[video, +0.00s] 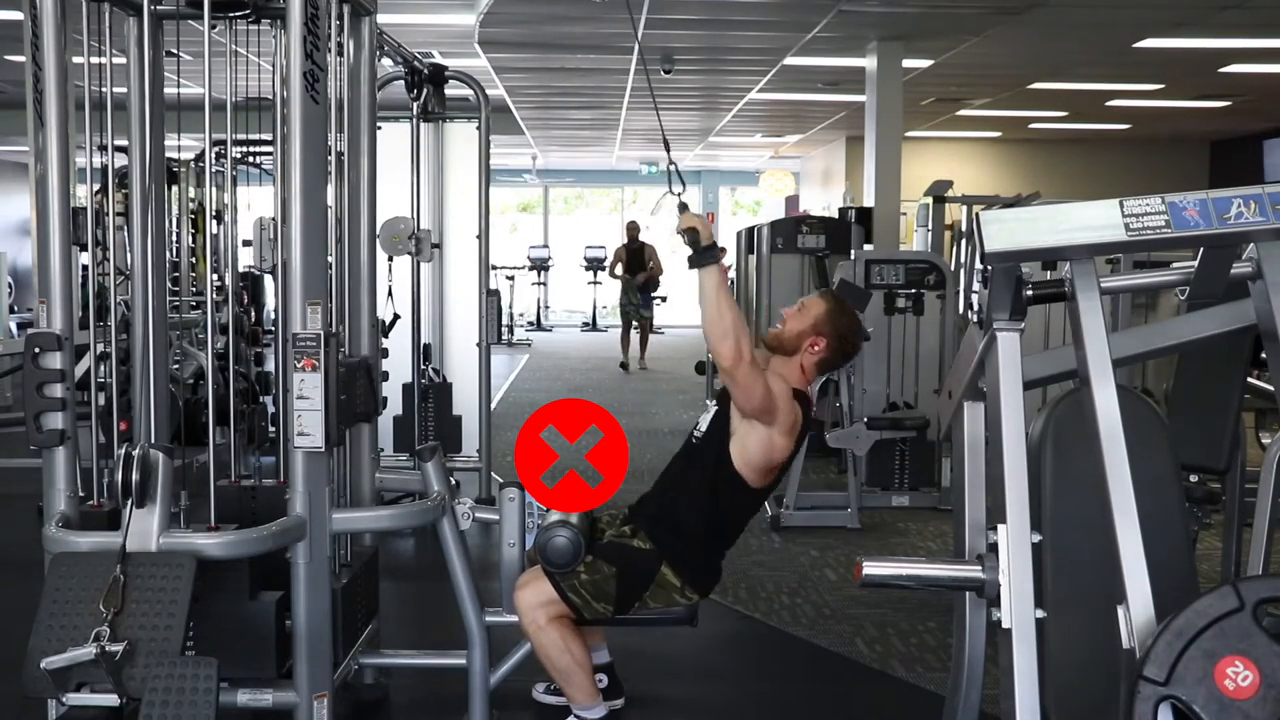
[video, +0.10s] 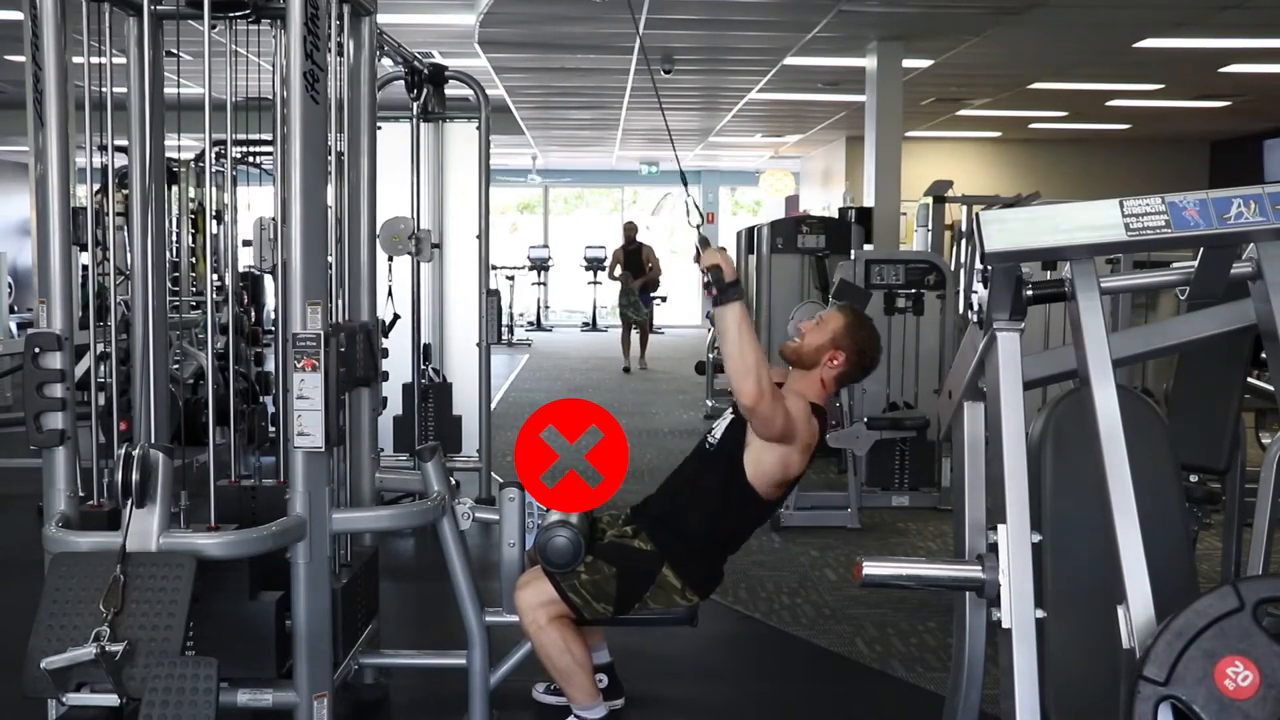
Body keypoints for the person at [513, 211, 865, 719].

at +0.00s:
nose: (785, 310)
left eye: (798, 309)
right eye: (795, 304)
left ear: (814, 344)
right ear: (813, 348)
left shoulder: (776, 407)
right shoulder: (773, 386)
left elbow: (731, 355)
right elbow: (739, 347)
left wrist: (704, 250)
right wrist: (711, 258)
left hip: (670, 561)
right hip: (651, 529)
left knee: (533, 597)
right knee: (553, 548)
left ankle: (589, 709)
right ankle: (595, 673)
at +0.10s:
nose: (801, 324)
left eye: (816, 324)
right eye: (813, 318)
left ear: (831, 359)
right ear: (830, 361)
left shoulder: (797, 421)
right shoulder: (785, 385)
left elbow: (753, 396)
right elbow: (743, 366)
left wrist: (726, 290)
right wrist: (725, 290)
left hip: (672, 563)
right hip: (653, 527)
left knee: (533, 596)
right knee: (551, 546)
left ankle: (590, 711)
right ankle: (596, 672)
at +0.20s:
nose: (815, 336)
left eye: (829, 336)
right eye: (824, 330)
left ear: (846, 372)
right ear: (843, 373)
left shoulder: (812, 432)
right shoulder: (794, 404)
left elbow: (769, 437)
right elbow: (749, 389)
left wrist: (743, 325)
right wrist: (729, 313)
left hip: (675, 563)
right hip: (654, 526)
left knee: (534, 596)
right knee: (553, 542)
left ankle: (590, 712)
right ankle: (594, 672)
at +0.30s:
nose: (826, 348)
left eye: (841, 349)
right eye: (836, 342)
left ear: (856, 384)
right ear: (854, 385)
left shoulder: (822, 446)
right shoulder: (808, 409)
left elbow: (783, 472)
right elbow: (753, 408)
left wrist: (761, 368)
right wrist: (753, 374)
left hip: (678, 561)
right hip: (659, 523)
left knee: (535, 595)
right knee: (551, 546)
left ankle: (590, 712)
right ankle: (596, 671)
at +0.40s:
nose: (832, 356)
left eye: (847, 357)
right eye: (843, 350)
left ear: (862, 393)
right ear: (859, 395)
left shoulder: (828, 451)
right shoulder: (812, 420)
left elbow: (793, 505)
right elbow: (766, 443)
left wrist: (776, 407)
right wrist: (762, 383)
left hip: (678, 562)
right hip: (660, 526)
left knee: (535, 595)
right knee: (551, 550)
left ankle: (589, 712)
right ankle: (595, 671)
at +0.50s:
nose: (836, 363)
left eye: (851, 364)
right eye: (847, 356)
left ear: (867, 401)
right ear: (861, 402)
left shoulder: (833, 454)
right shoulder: (812, 426)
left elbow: (811, 525)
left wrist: (786, 431)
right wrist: (773, 396)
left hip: (680, 561)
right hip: (660, 524)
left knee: (537, 596)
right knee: (551, 553)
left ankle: (590, 710)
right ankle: (594, 671)